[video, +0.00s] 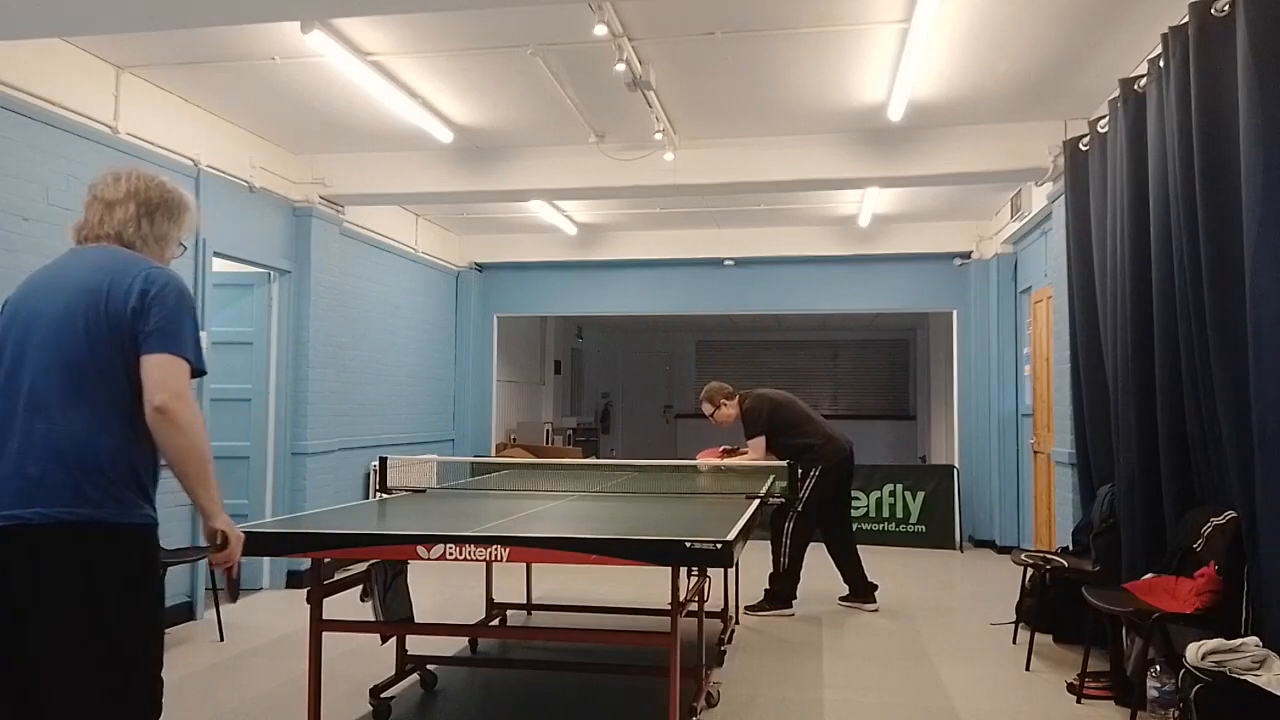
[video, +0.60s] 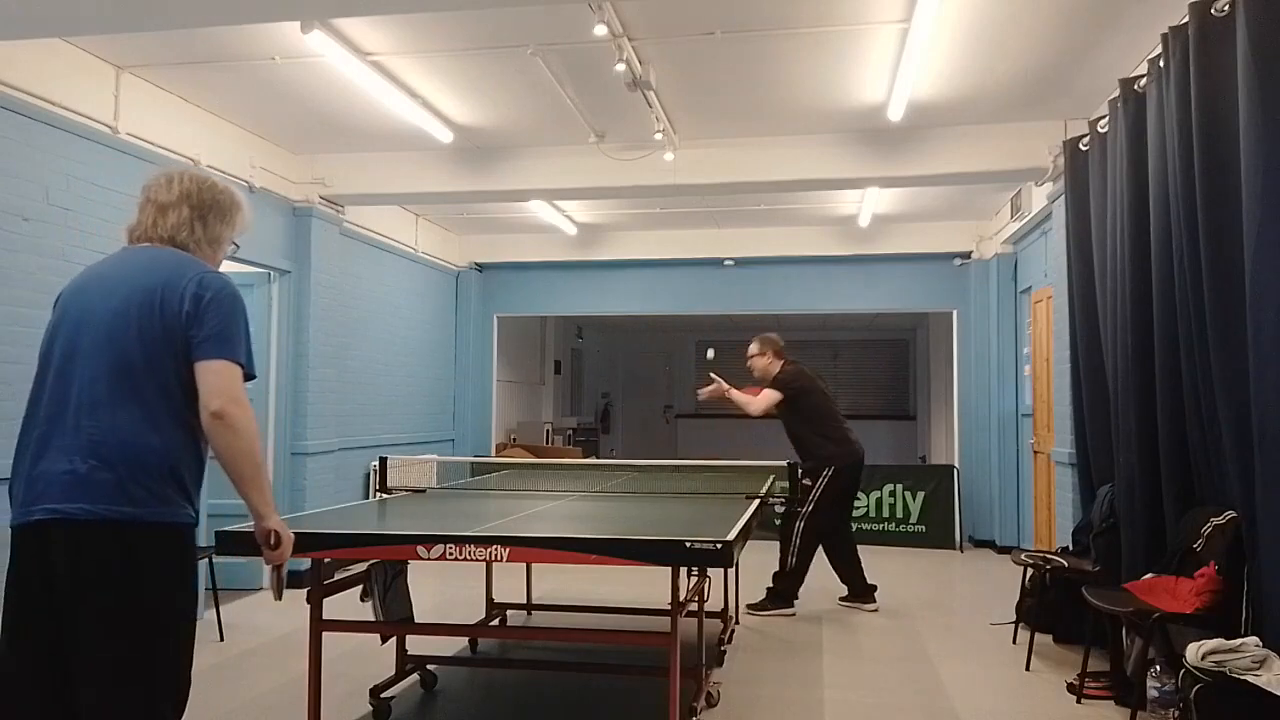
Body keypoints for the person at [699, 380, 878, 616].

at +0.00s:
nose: (714, 422)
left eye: (712, 415)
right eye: (710, 418)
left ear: (725, 403)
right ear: (727, 401)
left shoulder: (753, 406)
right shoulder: (757, 400)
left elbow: (757, 456)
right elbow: (773, 450)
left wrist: (722, 463)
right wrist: (739, 452)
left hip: (823, 459)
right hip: (837, 453)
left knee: (786, 520)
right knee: (834, 525)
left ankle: (780, 598)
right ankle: (862, 591)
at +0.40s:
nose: (729, 402)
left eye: (728, 395)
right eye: (726, 398)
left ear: (741, 385)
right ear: (745, 384)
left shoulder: (770, 396)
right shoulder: (777, 390)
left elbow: (752, 446)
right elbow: (763, 441)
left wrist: (720, 437)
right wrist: (734, 438)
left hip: (827, 463)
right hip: (842, 458)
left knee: (789, 521)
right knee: (832, 529)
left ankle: (779, 597)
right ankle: (861, 591)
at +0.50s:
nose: (738, 382)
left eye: (740, 375)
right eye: (736, 377)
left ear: (756, 369)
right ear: (758, 369)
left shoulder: (778, 386)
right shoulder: (786, 381)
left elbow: (745, 422)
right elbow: (753, 421)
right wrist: (734, 411)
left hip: (830, 464)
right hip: (843, 459)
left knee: (791, 522)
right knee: (832, 529)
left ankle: (780, 597)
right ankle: (861, 591)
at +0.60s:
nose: (748, 364)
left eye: (752, 358)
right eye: (748, 359)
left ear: (769, 355)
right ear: (772, 357)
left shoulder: (789, 376)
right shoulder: (794, 375)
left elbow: (756, 407)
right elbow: (762, 406)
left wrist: (726, 390)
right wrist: (728, 393)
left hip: (832, 462)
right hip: (842, 459)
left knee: (798, 523)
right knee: (834, 527)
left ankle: (782, 596)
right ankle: (861, 592)